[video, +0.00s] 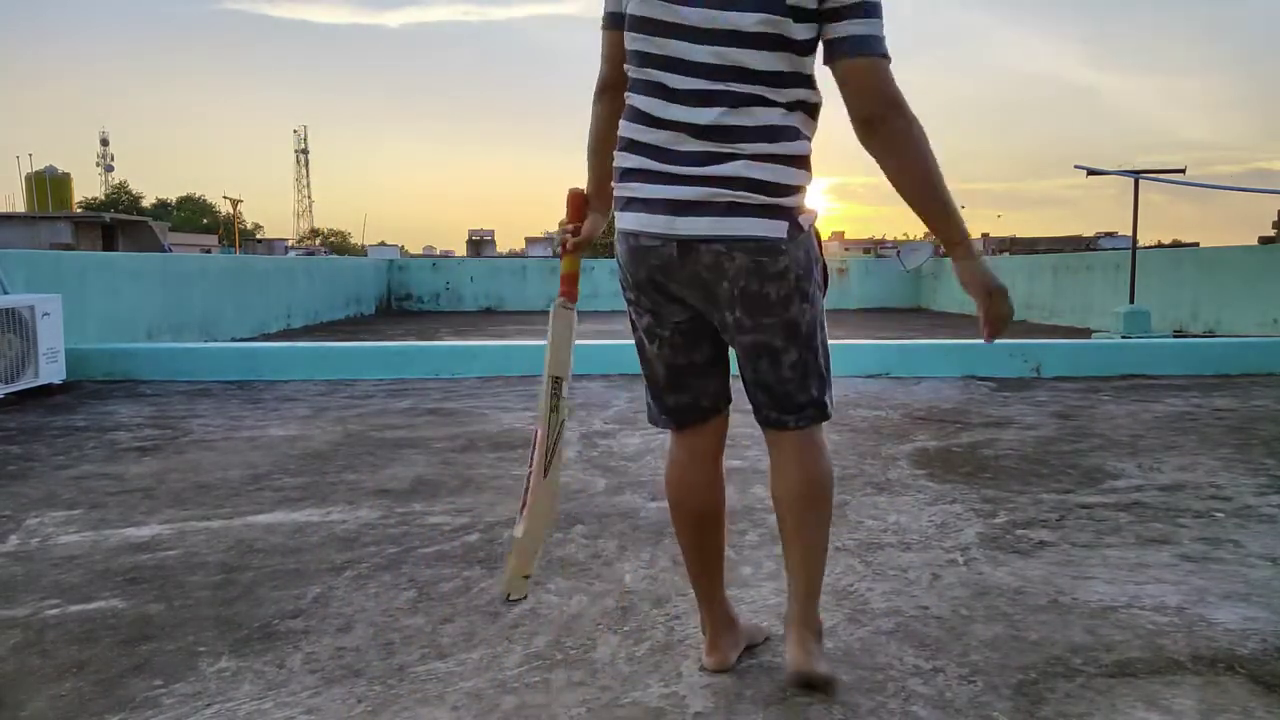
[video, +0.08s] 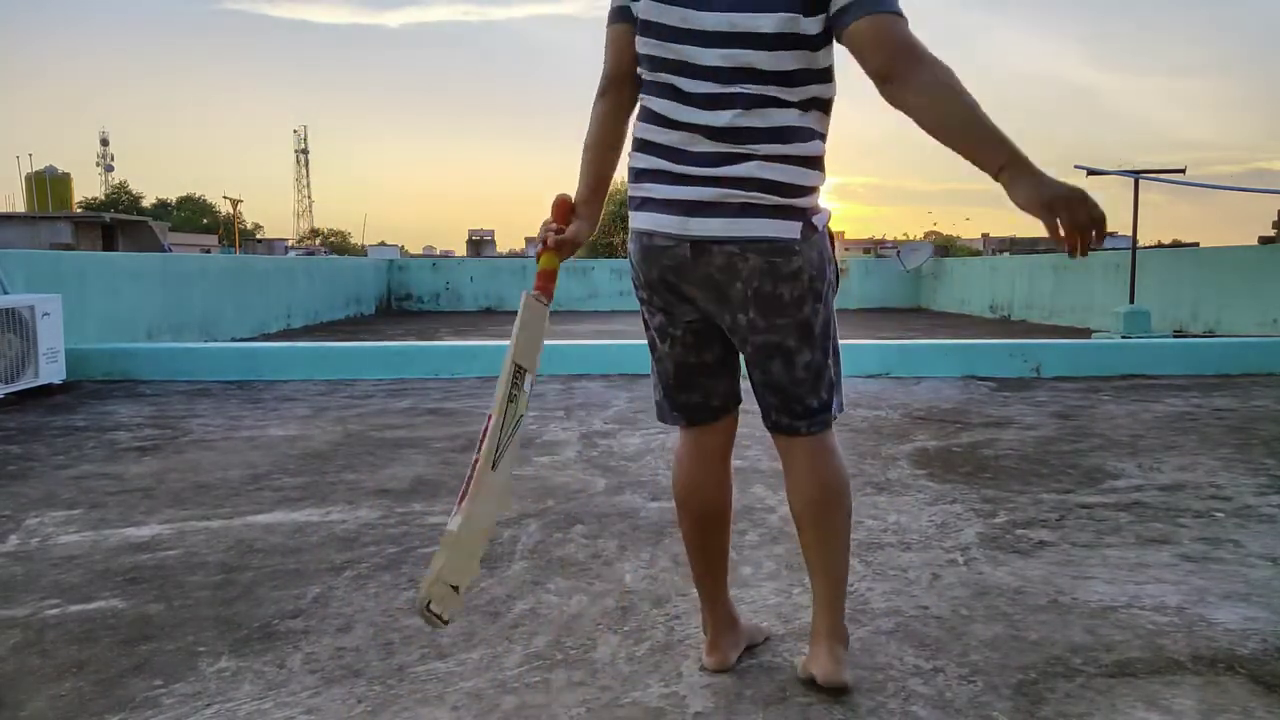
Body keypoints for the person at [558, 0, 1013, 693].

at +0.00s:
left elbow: (611, 87)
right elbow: (876, 112)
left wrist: (598, 195)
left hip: (647, 230)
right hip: (759, 231)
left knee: (691, 426)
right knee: (794, 425)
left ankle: (716, 630)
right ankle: (803, 636)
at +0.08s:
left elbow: (616, 83)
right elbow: (899, 67)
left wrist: (586, 203)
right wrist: (1020, 175)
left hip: (662, 233)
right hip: (773, 237)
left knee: (700, 424)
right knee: (804, 430)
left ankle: (718, 629)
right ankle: (828, 642)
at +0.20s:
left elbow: (624, 66)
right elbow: (912, 17)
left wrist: (562, 169)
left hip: (680, 227)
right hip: (794, 228)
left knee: (713, 419)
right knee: (813, 434)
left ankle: (720, 628)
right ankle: (818, 659)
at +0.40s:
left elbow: (635, 19)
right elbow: (914, 32)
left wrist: (552, 96)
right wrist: (1007, 129)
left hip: (705, 218)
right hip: (824, 216)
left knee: (721, 421)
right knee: (821, 434)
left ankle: (721, 628)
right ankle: (819, 672)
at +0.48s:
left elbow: (641, 16)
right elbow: (918, 74)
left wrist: (555, 91)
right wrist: (999, 227)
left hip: (706, 220)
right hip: (827, 220)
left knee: (718, 423)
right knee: (823, 435)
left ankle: (721, 626)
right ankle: (821, 674)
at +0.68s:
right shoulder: (906, 0)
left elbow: (648, 10)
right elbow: (906, 116)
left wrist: (566, 123)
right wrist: (898, 214)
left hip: (702, 217)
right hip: (830, 223)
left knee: (702, 427)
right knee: (825, 442)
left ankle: (701, 633)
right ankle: (822, 676)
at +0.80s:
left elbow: (643, 16)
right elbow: (878, 98)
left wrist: (561, 153)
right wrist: (814, 168)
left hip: (692, 216)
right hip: (822, 221)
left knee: (673, 428)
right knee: (822, 444)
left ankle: (660, 646)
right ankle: (823, 674)